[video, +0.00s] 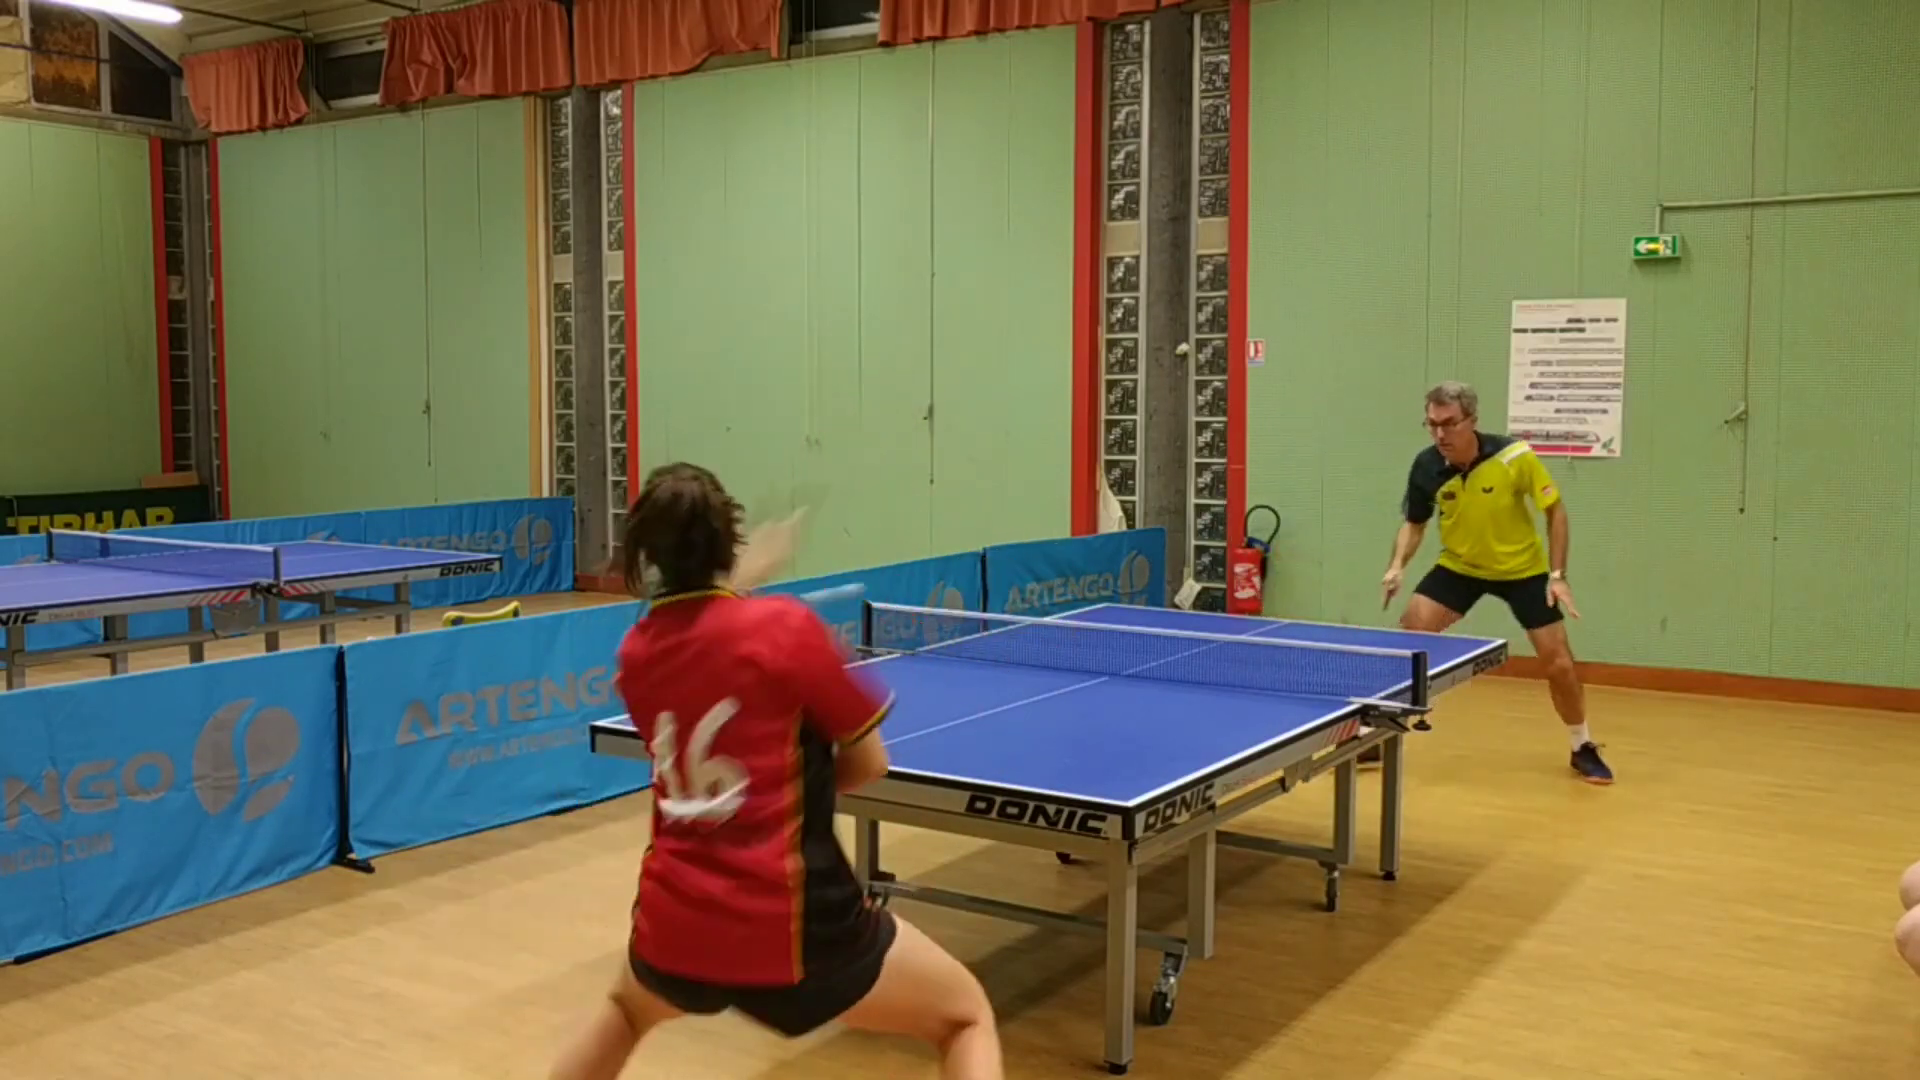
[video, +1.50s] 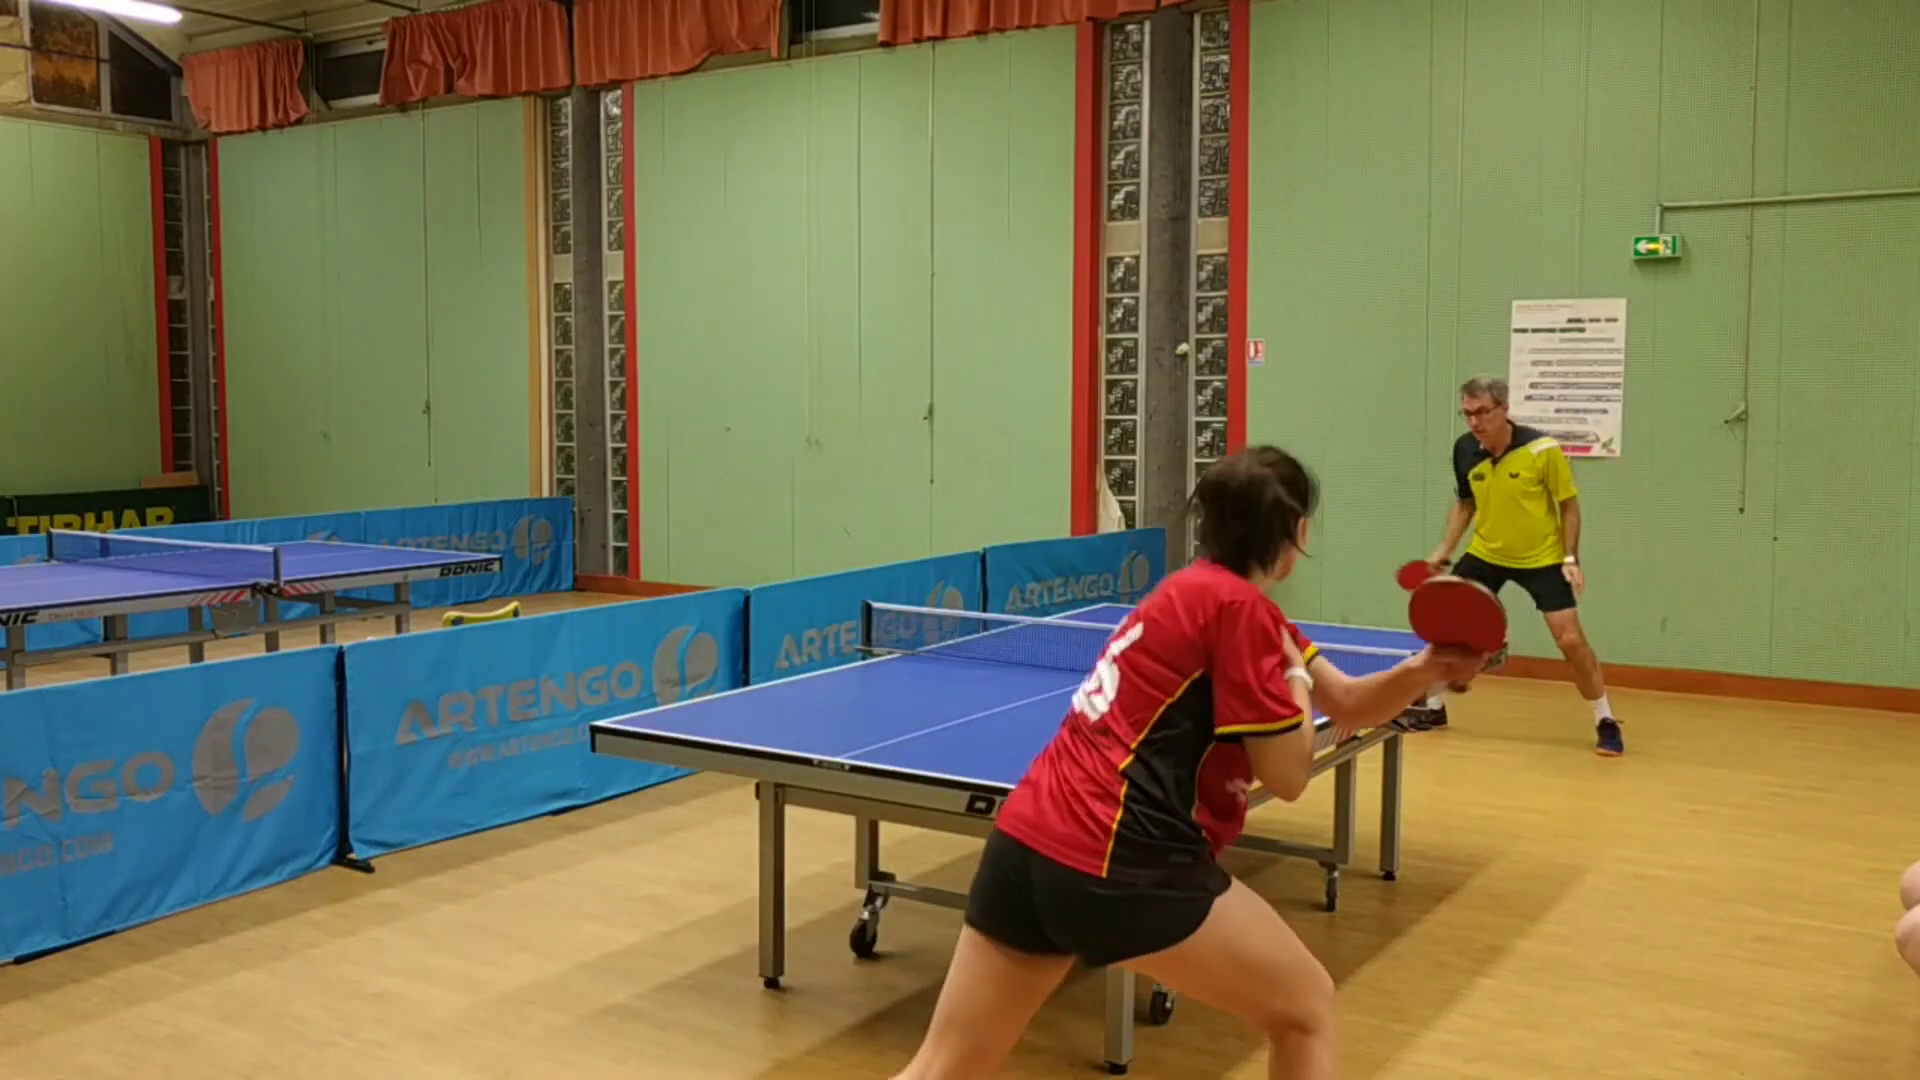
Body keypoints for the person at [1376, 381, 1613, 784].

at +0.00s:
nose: (1439, 435)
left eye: (1448, 424)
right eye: (1432, 425)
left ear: (1471, 421)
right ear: (1427, 426)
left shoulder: (1514, 456)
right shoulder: (1428, 466)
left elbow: (1555, 510)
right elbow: (1413, 523)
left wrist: (1558, 574)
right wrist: (1397, 565)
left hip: (1522, 570)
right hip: (1459, 567)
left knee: (1560, 665)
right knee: (1412, 628)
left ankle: (1583, 747)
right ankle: (1381, 726)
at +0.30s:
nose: (1463, 419)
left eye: (1470, 408)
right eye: (1457, 411)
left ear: (1496, 400)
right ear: (1453, 409)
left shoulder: (1541, 436)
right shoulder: (1458, 439)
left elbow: (1577, 490)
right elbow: (1461, 490)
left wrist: (1582, 553)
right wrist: (1447, 543)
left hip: (1544, 552)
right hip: (1487, 554)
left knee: (1565, 646)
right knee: (1459, 627)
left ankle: (1586, 740)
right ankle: (1433, 729)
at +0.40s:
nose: (1472, 406)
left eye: (1477, 396)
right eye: (1467, 398)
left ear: (1504, 384)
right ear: (1470, 394)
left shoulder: (1551, 422)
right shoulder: (1482, 423)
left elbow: (1592, 473)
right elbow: (1493, 471)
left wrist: (1581, 538)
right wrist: (1476, 510)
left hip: (1552, 548)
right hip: (1501, 547)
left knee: (1567, 641)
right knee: (1473, 622)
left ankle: (1595, 736)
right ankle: (1446, 715)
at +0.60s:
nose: (1499, 389)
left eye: (1506, 380)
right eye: (1494, 381)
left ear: (1531, 373)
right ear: (1492, 380)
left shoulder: (1566, 417)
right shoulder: (1507, 409)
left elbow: (1612, 472)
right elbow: (1509, 452)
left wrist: (1601, 539)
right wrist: (1460, 454)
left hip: (1560, 548)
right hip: (1518, 541)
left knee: (1571, 637)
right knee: (1506, 613)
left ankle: (1595, 737)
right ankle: (1504, 701)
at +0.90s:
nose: (1504, 400)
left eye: (1513, 391)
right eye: (1499, 391)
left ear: (1534, 389)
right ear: (1494, 392)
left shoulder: (1562, 438)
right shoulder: (1500, 436)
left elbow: (1599, 493)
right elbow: (1508, 486)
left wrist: (1621, 554)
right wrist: (1487, 517)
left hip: (1558, 556)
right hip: (1515, 554)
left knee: (1562, 639)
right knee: (1514, 624)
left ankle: (1594, 739)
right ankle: (1532, 702)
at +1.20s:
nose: (1496, 394)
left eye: (1504, 386)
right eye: (1490, 386)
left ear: (1524, 384)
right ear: (1484, 387)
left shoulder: (1559, 425)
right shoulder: (1486, 424)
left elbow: (1590, 479)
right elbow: (1486, 473)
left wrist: (1574, 534)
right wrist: (1478, 513)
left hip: (1557, 542)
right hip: (1510, 537)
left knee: (1576, 631)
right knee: (1480, 608)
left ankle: (1604, 717)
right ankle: (1499, 693)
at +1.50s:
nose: (1474, 422)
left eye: (1481, 413)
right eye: (1468, 414)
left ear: (1504, 410)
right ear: (1464, 415)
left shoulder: (1543, 450)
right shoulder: (1466, 450)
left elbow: (1569, 505)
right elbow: (1465, 503)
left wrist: (1570, 556)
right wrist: (1444, 550)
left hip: (1541, 558)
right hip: (1486, 553)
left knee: (1570, 641)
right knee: (1445, 617)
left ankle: (1605, 720)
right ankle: (1433, 706)